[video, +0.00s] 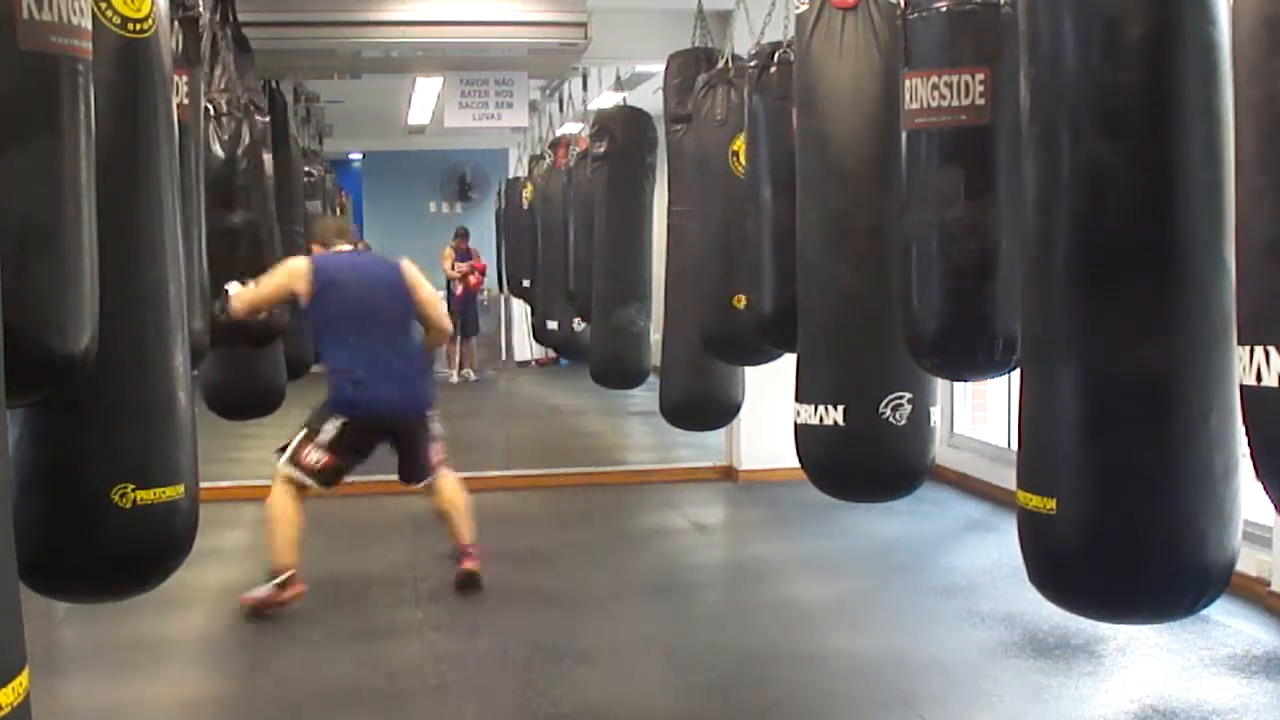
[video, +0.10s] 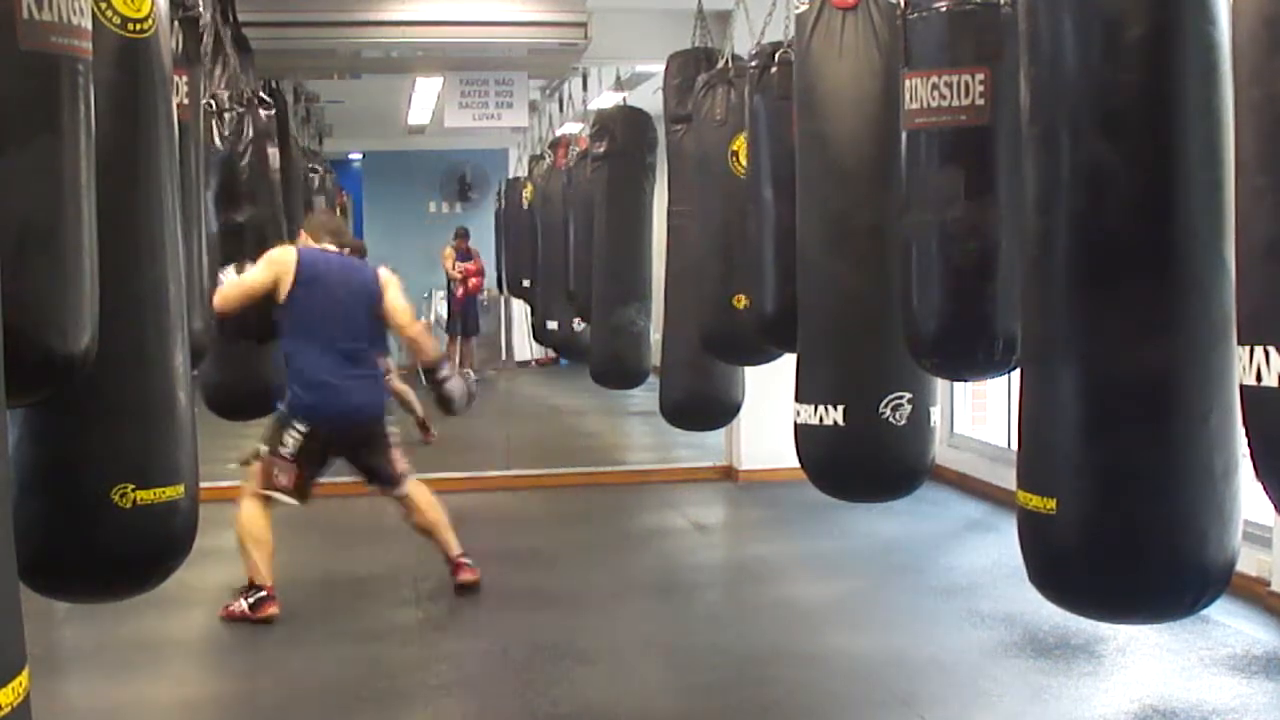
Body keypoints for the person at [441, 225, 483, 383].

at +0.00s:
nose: (462, 245)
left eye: (464, 242)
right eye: (459, 241)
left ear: (468, 241)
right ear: (454, 240)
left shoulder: (473, 253)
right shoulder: (449, 252)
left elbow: (481, 269)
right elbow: (448, 272)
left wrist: (468, 267)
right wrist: (464, 273)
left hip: (469, 296)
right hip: (454, 296)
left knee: (468, 335)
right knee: (453, 335)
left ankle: (467, 367)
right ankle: (453, 369)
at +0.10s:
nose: (462, 245)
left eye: (465, 241)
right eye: (460, 241)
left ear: (468, 241)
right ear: (455, 240)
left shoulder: (473, 252)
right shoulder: (450, 252)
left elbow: (480, 269)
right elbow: (449, 271)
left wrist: (466, 269)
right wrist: (462, 275)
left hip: (470, 296)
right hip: (455, 296)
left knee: (468, 336)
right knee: (453, 335)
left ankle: (467, 368)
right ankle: (452, 368)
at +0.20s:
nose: (462, 245)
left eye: (464, 242)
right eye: (459, 241)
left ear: (468, 241)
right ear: (454, 240)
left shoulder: (473, 253)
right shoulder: (450, 252)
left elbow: (481, 271)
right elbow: (451, 271)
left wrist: (465, 270)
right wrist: (466, 278)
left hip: (470, 296)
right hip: (455, 296)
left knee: (468, 335)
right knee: (453, 335)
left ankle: (467, 368)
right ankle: (453, 370)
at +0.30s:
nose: (462, 245)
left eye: (465, 242)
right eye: (460, 242)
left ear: (468, 241)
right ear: (455, 240)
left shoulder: (473, 252)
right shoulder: (450, 252)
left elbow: (481, 270)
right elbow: (452, 273)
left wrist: (464, 270)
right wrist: (471, 277)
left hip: (470, 296)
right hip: (455, 297)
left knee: (468, 335)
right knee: (454, 335)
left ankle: (467, 368)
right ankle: (453, 370)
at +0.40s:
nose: (463, 245)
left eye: (466, 242)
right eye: (461, 242)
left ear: (469, 241)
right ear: (456, 240)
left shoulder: (473, 252)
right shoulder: (450, 252)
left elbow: (484, 270)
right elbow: (449, 271)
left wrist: (467, 270)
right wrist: (463, 279)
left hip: (470, 295)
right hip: (455, 295)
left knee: (468, 335)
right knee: (453, 335)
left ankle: (467, 368)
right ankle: (453, 369)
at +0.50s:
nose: (463, 245)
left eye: (465, 242)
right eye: (461, 242)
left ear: (469, 241)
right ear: (456, 240)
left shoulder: (474, 253)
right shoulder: (450, 252)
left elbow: (482, 268)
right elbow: (445, 270)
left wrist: (483, 272)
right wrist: (457, 277)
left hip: (470, 294)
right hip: (455, 294)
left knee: (468, 335)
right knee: (453, 335)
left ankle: (467, 368)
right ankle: (453, 369)